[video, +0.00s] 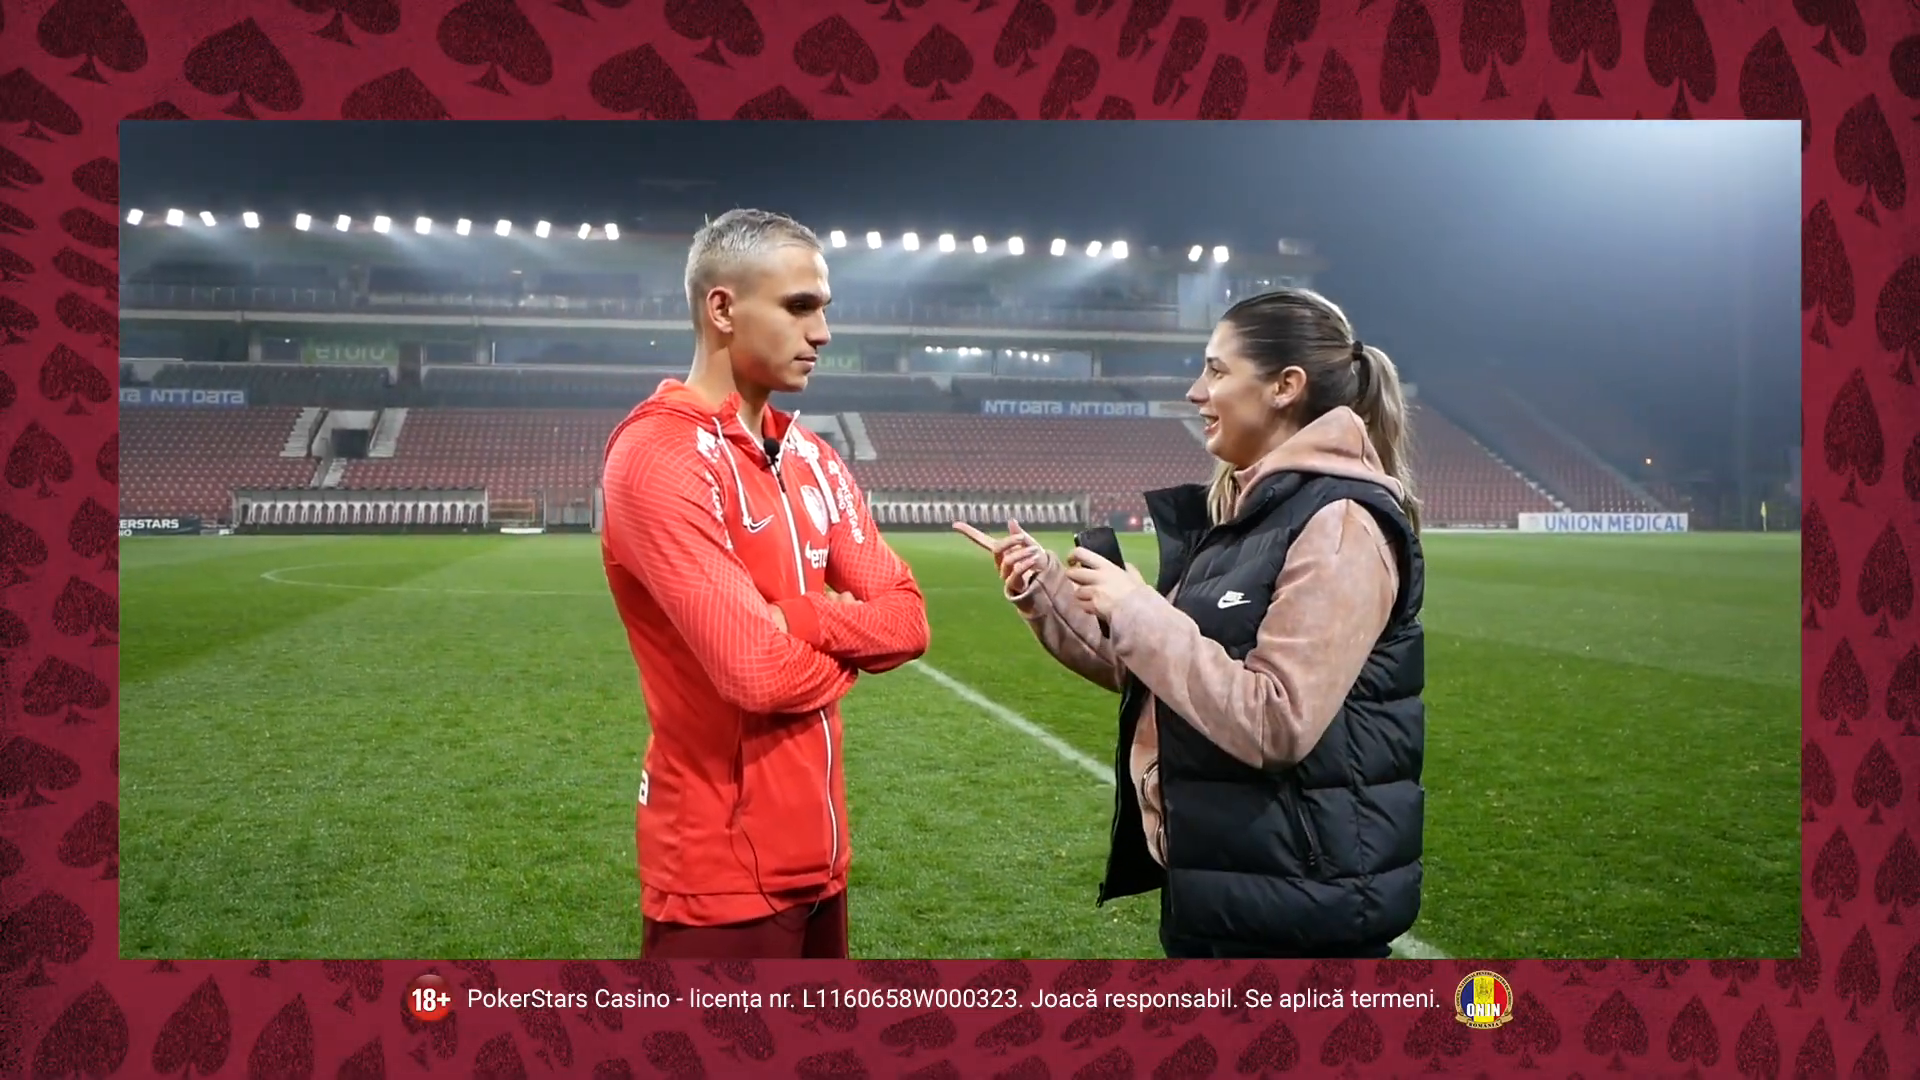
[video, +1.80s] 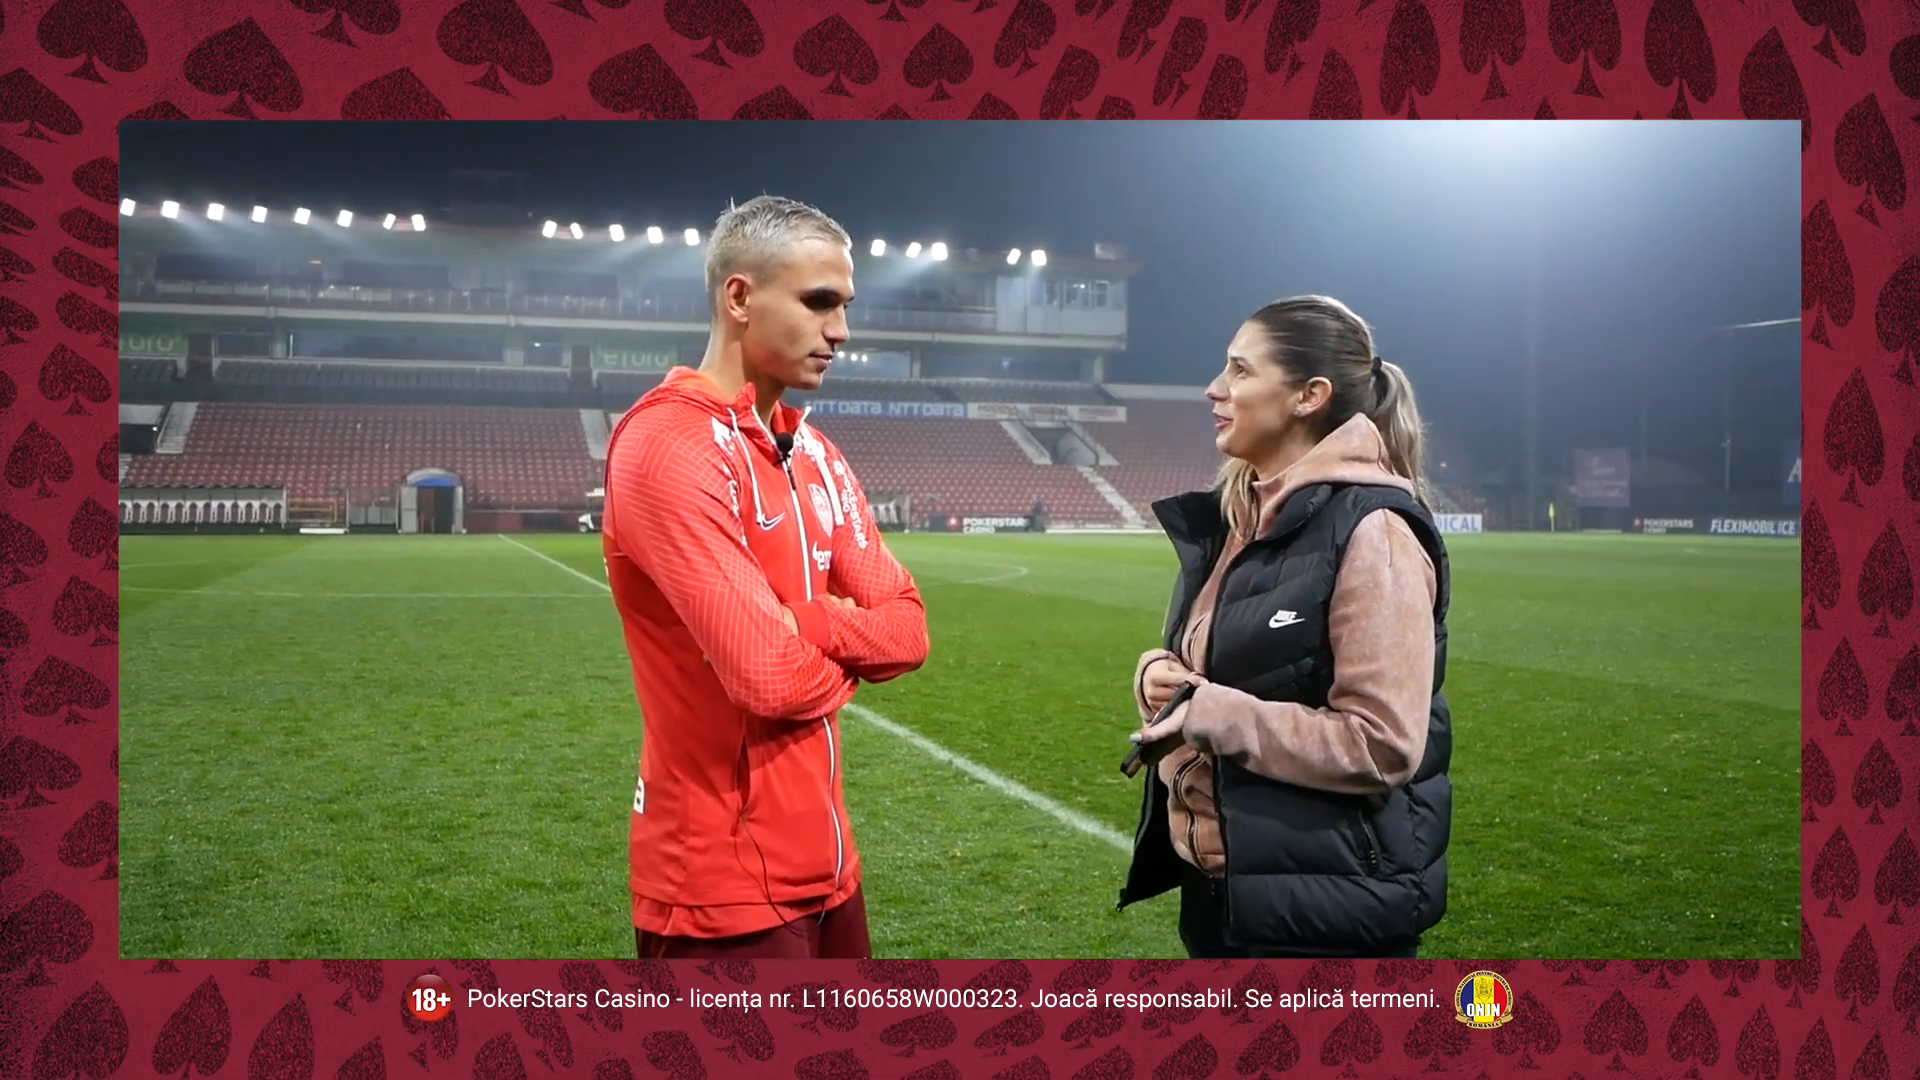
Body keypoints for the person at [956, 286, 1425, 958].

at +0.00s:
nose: (1195, 392)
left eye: (1216, 371)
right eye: (1203, 372)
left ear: (1286, 386)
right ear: (1276, 386)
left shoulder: (1343, 525)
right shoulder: (1242, 513)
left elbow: (1275, 715)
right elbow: (1151, 671)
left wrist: (1138, 612)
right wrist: (1046, 598)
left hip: (1300, 906)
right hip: (1227, 897)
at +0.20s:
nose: (1198, 391)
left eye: (1218, 370)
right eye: (1205, 371)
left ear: (1288, 387)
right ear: (1285, 389)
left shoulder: (1342, 526)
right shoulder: (1246, 512)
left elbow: (1287, 729)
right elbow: (1167, 669)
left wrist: (1118, 664)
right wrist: (1049, 615)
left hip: (1294, 911)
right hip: (1223, 901)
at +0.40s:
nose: (1204, 382)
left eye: (1226, 360)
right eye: (1213, 361)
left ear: (1296, 379)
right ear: (1292, 382)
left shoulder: (1324, 523)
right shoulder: (1244, 508)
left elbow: (1315, 747)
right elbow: (1172, 666)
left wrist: (1144, 759)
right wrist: (1097, 624)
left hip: (1283, 912)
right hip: (1225, 903)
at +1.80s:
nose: (1215, 391)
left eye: (1240, 371)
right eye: (1224, 370)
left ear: (1311, 395)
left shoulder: (1376, 533)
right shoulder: (1249, 518)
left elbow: (1382, 742)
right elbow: (1218, 666)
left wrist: (1214, 714)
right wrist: (1157, 672)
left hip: (1327, 907)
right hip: (1231, 893)